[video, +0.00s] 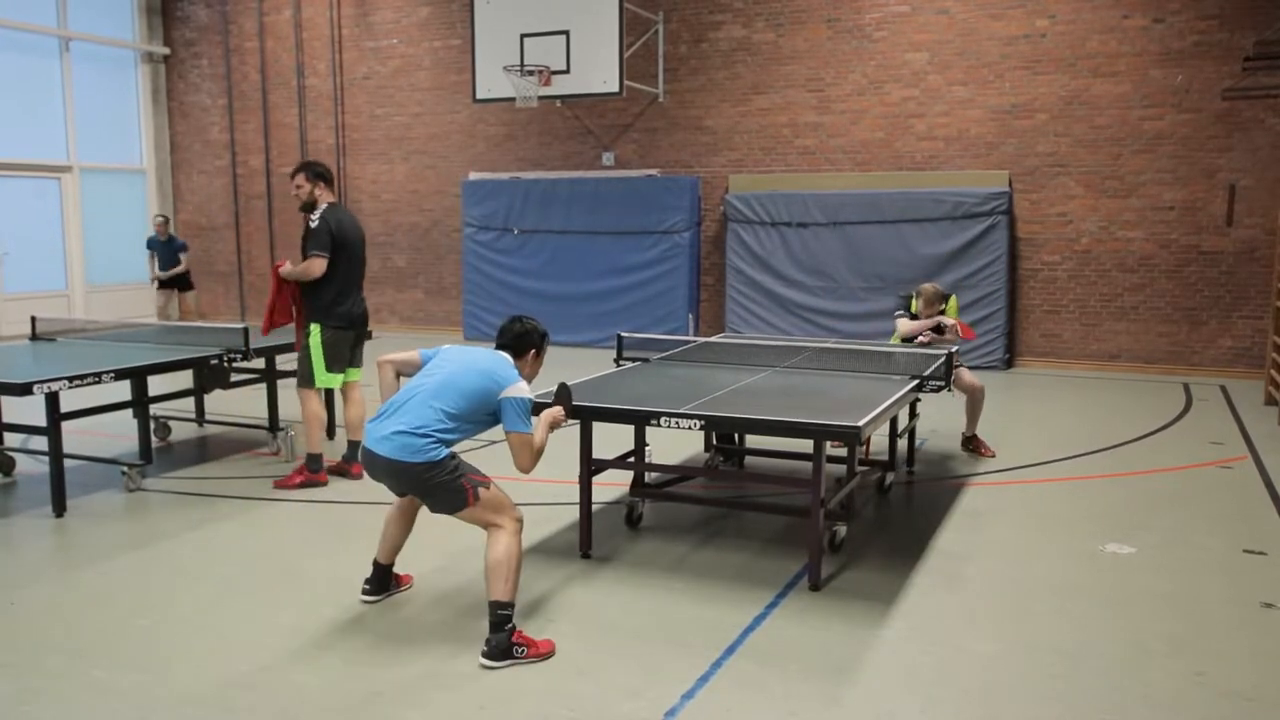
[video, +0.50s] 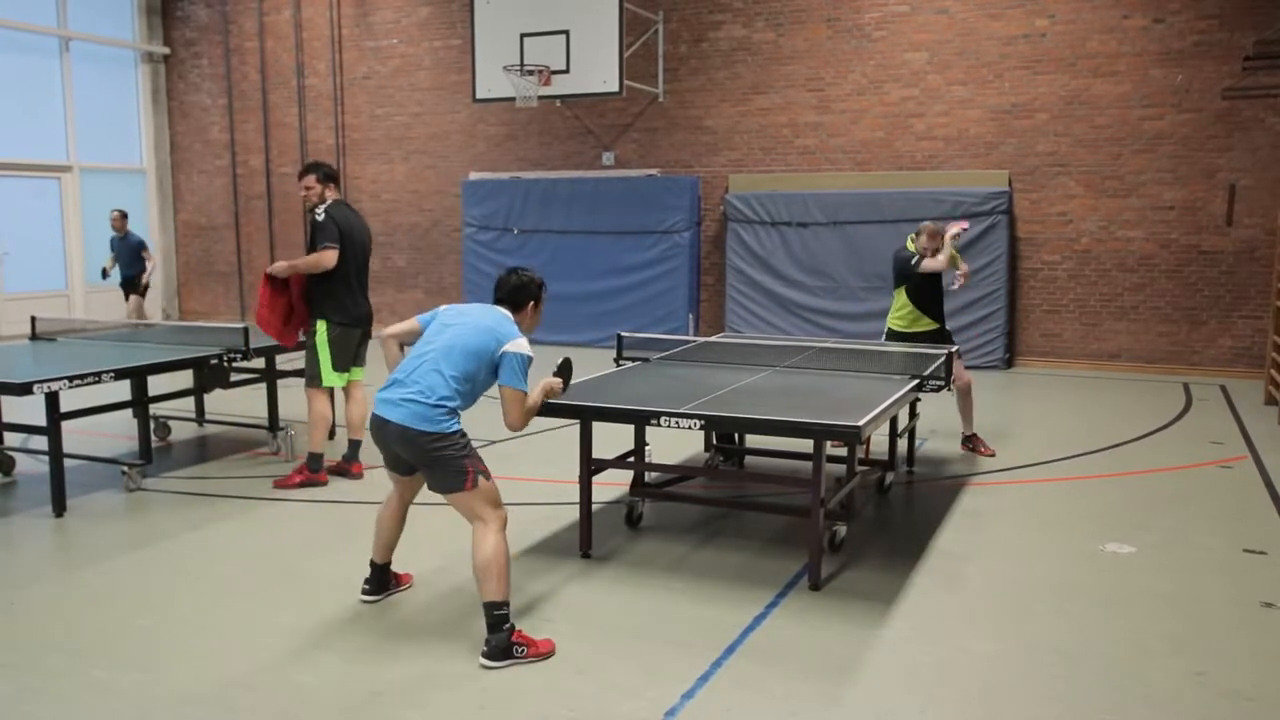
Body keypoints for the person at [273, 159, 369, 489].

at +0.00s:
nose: (295, 194)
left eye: (299, 188)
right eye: (294, 189)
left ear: (319, 186)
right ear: (324, 188)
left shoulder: (321, 218)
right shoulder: (349, 219)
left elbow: (316, 267)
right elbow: (351, 270)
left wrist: (287, 272)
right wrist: (301, 270)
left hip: (324, 320)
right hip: (353, 317)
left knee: (309, 390)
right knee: (352, 387)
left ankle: (313, 466)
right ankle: (352, 460)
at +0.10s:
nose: (300, 192)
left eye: (305, 186)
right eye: (298, 187)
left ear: (325, 185)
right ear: (328, 188)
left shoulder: (322, 217)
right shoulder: (350, 218)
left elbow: (318, 265)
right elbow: (352, 271)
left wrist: (288, 273)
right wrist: (304, 280)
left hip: (327, 319)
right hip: (355, 316)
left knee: (313, 390)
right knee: (353, 387)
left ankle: (314, 466)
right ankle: (352, 460)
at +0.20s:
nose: (302, 194)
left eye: (307, 187)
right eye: (301, 188)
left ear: (327, 187)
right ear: (329, 190)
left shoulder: (325, 218)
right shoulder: (351, 219)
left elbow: (321, 265)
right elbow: (351, 270)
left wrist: (290, 275)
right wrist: (302, 277)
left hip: (330, 319)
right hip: (357, 316)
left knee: (314, 389)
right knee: (354, 386)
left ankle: (314, 466)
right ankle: (353, 460)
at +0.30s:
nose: (304, 193)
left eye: (310, 187)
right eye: (303, 188)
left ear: (330, 188)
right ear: (332, 191)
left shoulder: (325, 215)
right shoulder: (353, 218)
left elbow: (325, 262)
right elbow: (349, 269)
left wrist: (291, 275)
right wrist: (300, 276)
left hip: (331, 319)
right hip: (359, 315)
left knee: (314, 389)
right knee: (355, 386)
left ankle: (314, 466)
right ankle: (353, 460)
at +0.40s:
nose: (305, 194)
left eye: (310, 188)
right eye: (303, 189)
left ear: (330, 188)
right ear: (333, 191)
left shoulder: (324, 215)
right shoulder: (354, 217)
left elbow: (325, 259)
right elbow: (351, 268)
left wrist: (291, 273)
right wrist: (301, 274)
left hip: (332, 317)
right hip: (359, 314)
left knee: (315, 388)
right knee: (355, 385)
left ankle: (314, 466)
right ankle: (352, 460)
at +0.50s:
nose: (304, 195)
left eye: (309, 189)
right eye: (302, 190)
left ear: (329, 188)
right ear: (334, 192)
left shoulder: (326, 215)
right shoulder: (356, 219)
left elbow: (327, 259)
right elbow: (354, 267)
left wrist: (288, 266)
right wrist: (308, 270)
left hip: (332, 318)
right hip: (359, 315)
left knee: (317, 389)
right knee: (354, 385)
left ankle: (314, 466)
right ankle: (352, 460)